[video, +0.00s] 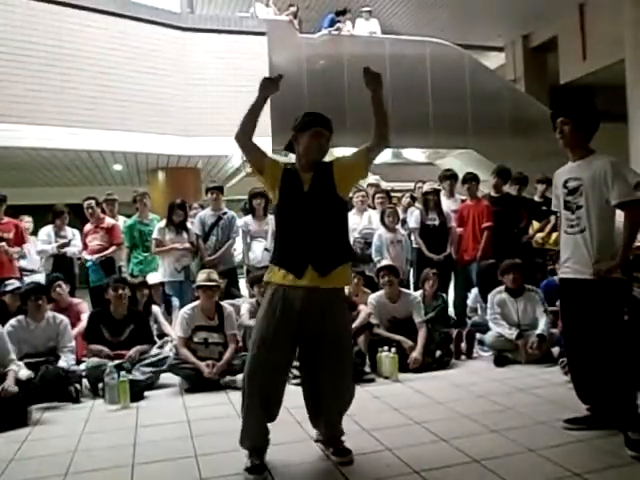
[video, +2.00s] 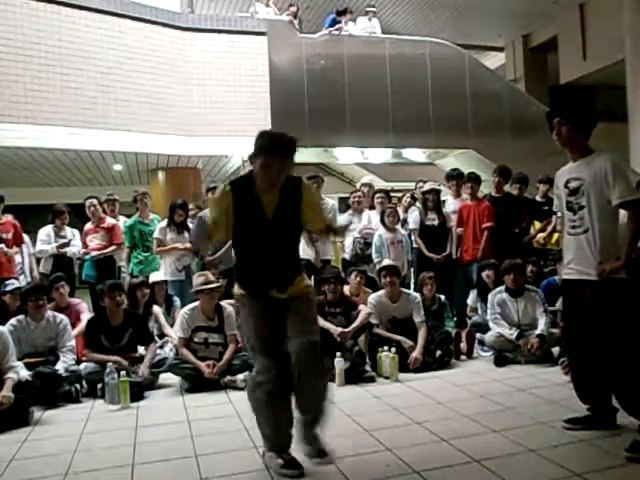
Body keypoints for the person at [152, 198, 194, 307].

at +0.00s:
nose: (178, 218)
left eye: (181, 215)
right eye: (176, 214)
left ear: (185, 215)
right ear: (170, 214)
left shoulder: (187, 229)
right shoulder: (161, 228)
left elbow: (195, 248)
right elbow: (155, 249)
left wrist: (188, 247)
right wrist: (173, 247)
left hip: (186, 269)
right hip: (169, 271)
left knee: (187, 303)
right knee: (175, 304)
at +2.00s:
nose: (179, 218)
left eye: (182, 215)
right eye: (177, 214)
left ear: (186, 215)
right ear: (172, 213)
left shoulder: (187, 228)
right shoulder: (162, 227)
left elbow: (193, 246)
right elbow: (156, 249)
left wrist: (188, 247)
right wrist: (174, 246)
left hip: (187, 268)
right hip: (170, 270)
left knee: (188, 302)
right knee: (176, 304)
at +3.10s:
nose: (178, 218)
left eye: (181, 215)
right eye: (175, 215)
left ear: (184, 215)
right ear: (170, 214)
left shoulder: (187, 229)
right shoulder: (162, 227)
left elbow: (194, 246)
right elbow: (156, 250)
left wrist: (187, 247)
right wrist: (174, 247)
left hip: (185, 271)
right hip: (169, 272)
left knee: (187, 303)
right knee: (172, 303)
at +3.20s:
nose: (179, 220)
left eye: (182, 217)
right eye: (177, 216)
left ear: (186, 217)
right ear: (172, 215)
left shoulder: (189, 231)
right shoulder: (163, 229)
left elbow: (195, 247)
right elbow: (157, 251)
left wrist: (190, 249)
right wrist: (175, 248)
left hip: (188, 274)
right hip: (171, 275)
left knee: (189, 307)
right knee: (176, 307)